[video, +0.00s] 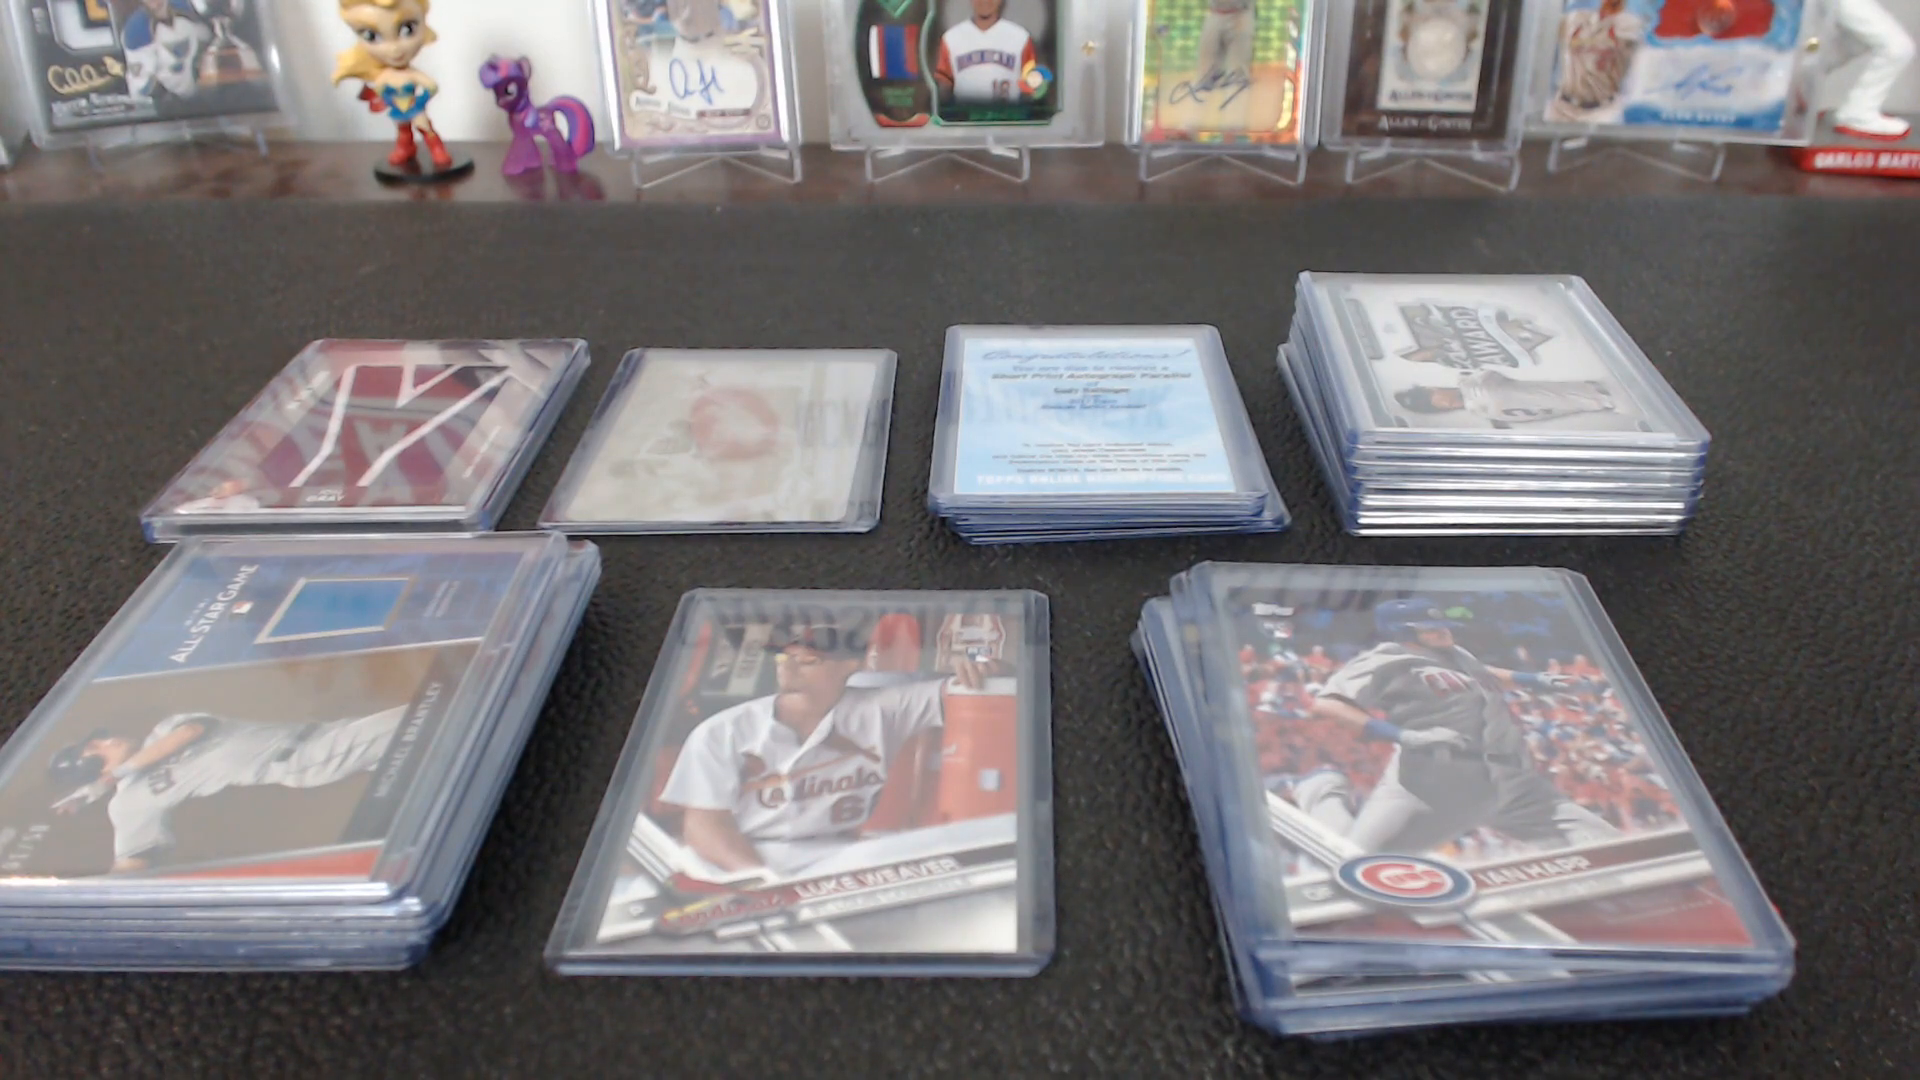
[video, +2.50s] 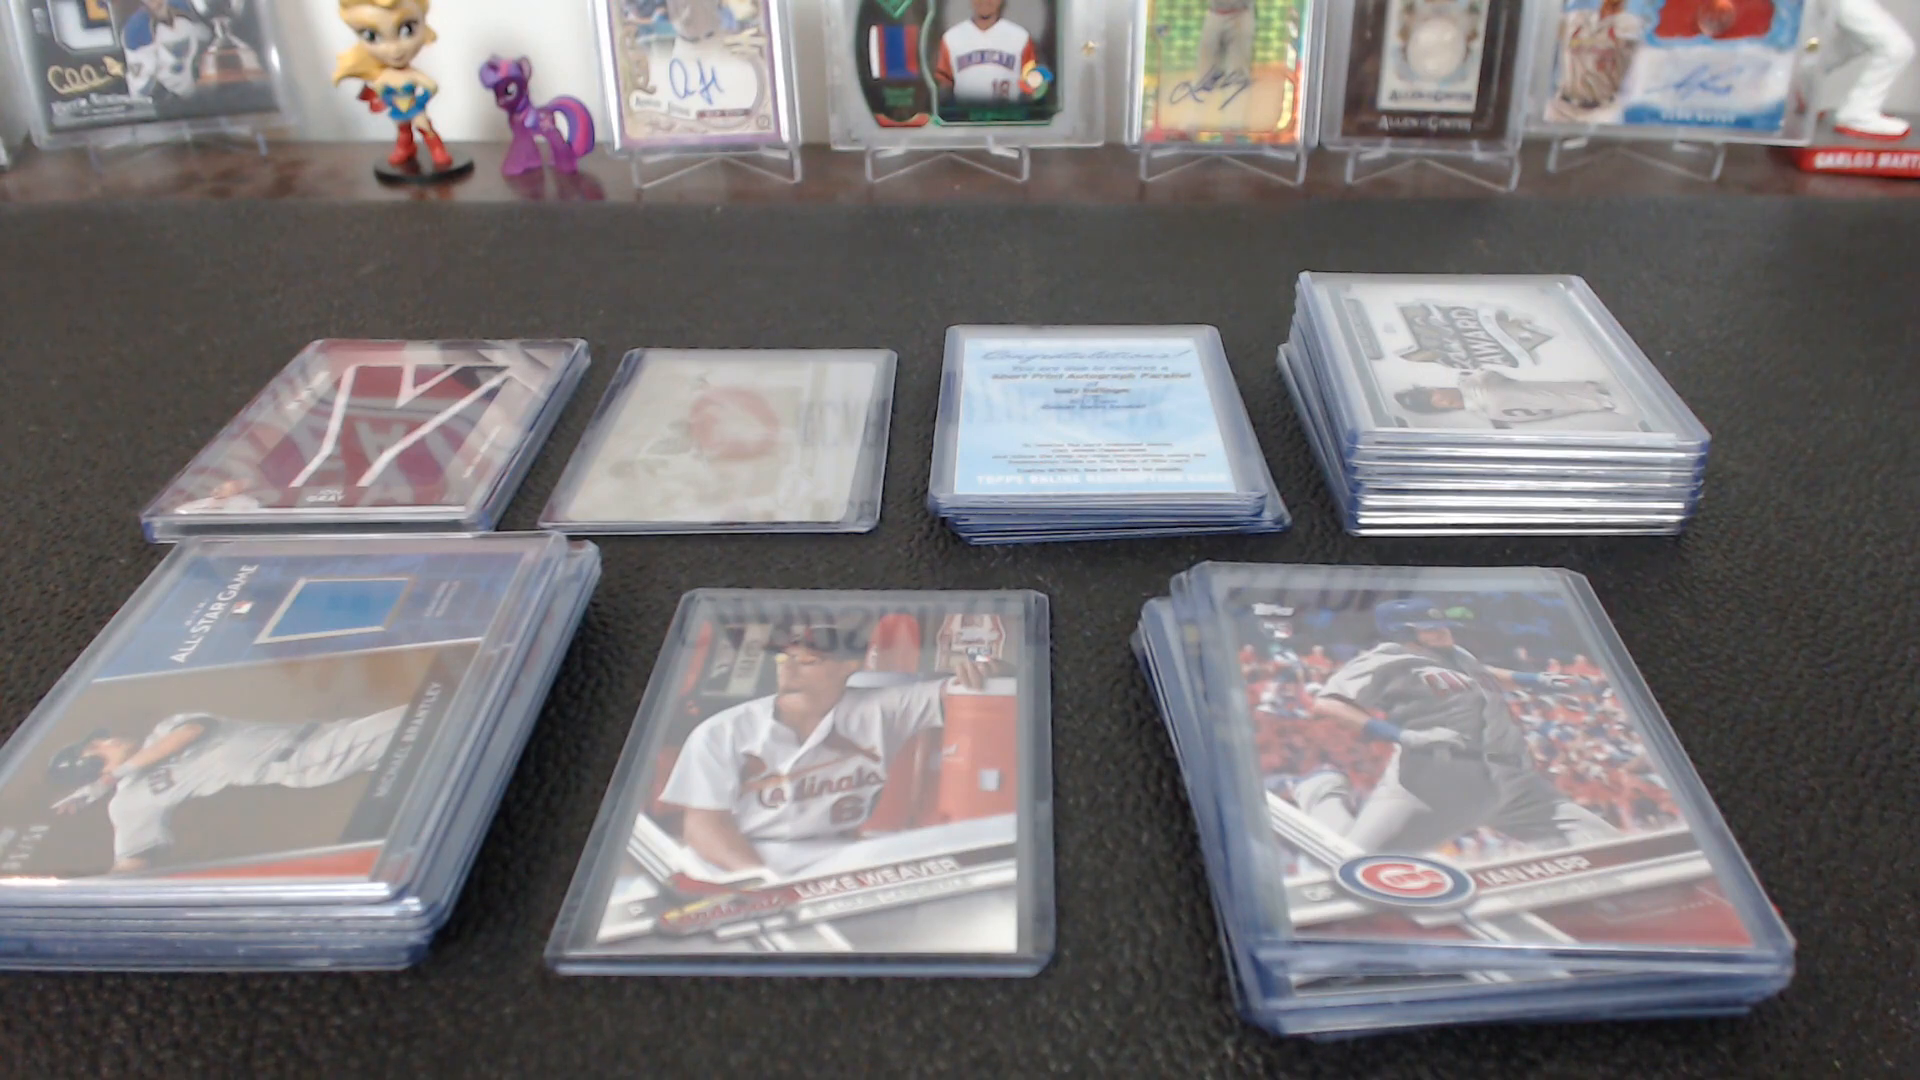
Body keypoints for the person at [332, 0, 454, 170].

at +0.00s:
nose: (394, 49)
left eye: (407, 30)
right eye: (371, 36)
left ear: (424, 28)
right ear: (358, 37)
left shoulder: (414, 75)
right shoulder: (379, 74)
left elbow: (426, 85)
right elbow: (369, 86)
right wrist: (375, 99)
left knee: (422, 122)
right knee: (401, 123)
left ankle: (436, 148)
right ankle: (405, 147)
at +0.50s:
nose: (394, 49)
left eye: (407, 30)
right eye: (371, 36)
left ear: (424, 27)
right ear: (358, 37)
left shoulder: (414, 75)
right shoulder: (377, 74)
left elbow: (426, 86)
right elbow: (369, 88)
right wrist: (375, 100)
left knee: (421, 121)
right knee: (401, 121)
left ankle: (436, 148)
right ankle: (405, 146)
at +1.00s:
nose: (394, 50)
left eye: (407, 30)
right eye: (371, 36)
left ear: (424, 27)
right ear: (358, 37)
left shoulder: (414, 75)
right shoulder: (378, 74)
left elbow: (426, 86)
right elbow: (369, 88)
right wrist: (375, 101)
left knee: (421, 121)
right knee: (401, 121)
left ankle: (436, 148)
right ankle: (405, 147)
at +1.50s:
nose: (394, 50)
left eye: (407, 30)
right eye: (372, 36)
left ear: (424, 29)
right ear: (359, 38)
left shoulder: (414, 75)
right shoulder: (379, 75)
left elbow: (426, 86)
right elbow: (370, 88)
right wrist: (374, 100)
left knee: (421, 122)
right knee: (401, 123)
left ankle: (437, 149)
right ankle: (405, 148)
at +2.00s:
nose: (394, 50)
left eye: (407, 30)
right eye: (372, 36)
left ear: (424, 29)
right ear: (359, 38)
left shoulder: (414, 75)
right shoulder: (379, 75)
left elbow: (427, 86)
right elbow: (370, 88)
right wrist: (375, 100)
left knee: (422, 123)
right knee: (401, 124)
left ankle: (437, 149)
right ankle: (405, 148)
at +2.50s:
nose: (394, 50)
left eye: (407, 30)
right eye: (372, 36)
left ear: (424, 29)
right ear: (359, 38)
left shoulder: (414, 75)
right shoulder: (379, 75)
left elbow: (426, 86)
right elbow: (370, 87)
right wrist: (374, 100)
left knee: (422, 122)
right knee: (401, 124)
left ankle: (437, 149)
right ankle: (405, 148)